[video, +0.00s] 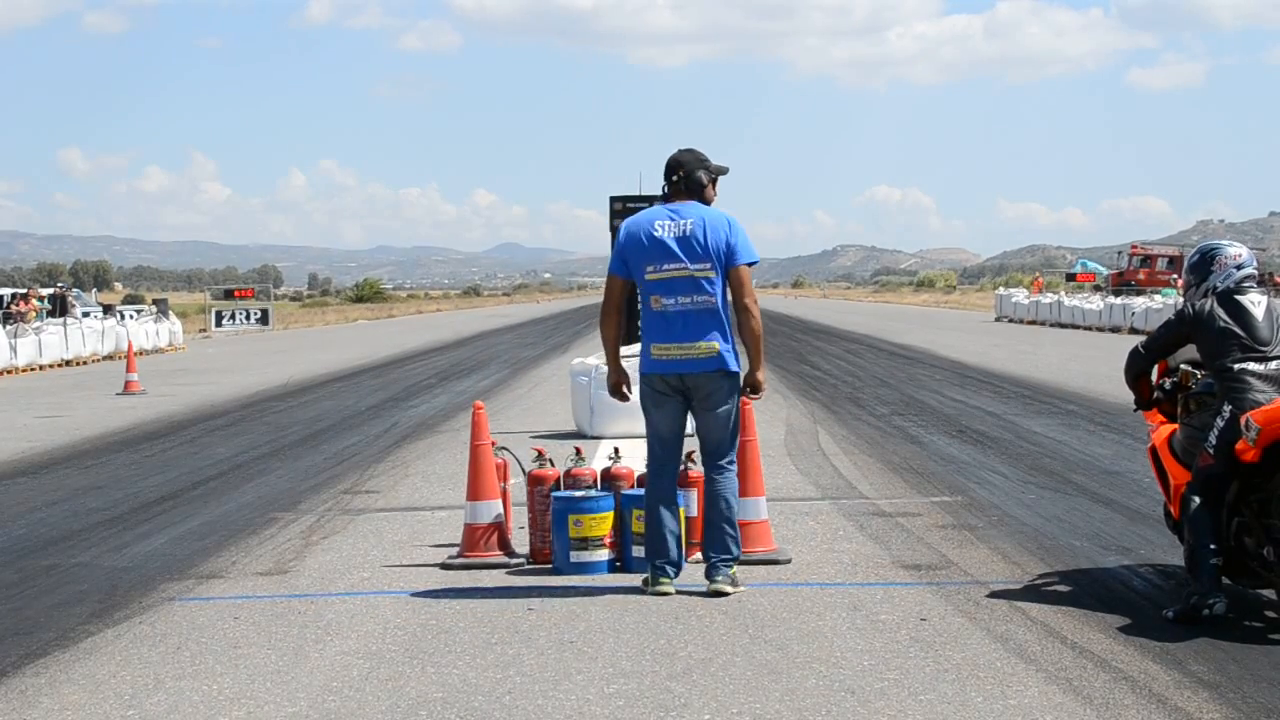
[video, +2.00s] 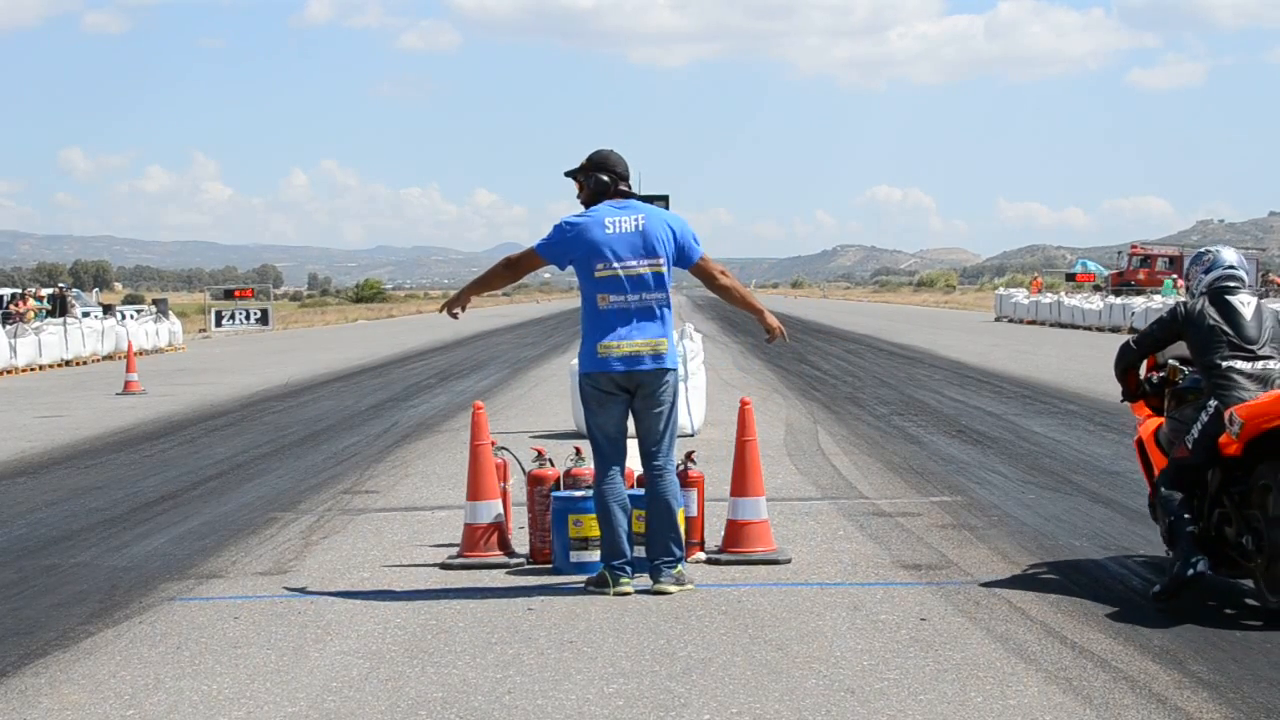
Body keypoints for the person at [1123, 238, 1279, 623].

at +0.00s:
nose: (1186, 287)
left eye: (1190, 280)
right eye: (1187, 280)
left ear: (1205, 276)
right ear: (1244, 268)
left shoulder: (1200, 309)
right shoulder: (1271, 301)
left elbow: (1139, 357)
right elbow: (1258, 353)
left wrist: (1148, 398)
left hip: (1243, 405)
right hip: (1279, 399)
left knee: (1198, 494)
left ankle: (1206, 593)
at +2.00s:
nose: (1188, 283)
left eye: (1191, 276)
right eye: (1189, 277)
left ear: (1201, 274)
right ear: (1241, 273)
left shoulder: (1192, 309)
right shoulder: (1268, 308)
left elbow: (1131, 350)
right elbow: (1259, 353)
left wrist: (1132, 386)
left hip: (1230, 402)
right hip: (1273, 397)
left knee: (1170, 484)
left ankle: (1187, 556)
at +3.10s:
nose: (1163, 284)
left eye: (1165, 278)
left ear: (1171, 276)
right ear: (1212, 275)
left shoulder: (1160, 311)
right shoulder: (1235, 302)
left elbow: (1103, 356)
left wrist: (1115, 386)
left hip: (1195, 402)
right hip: (1244, 397)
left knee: (1145, 476)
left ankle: (1163, 547)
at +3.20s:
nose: (1160, 289)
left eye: (1160, 282)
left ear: (1166, 282)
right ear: (1198, 280)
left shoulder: (1157, 314)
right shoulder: (1222, 312)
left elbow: (1104, 353)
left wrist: (1116, 386)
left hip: (1169, 425)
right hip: (1223, 419)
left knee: (1144, 482)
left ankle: (1155, 559)